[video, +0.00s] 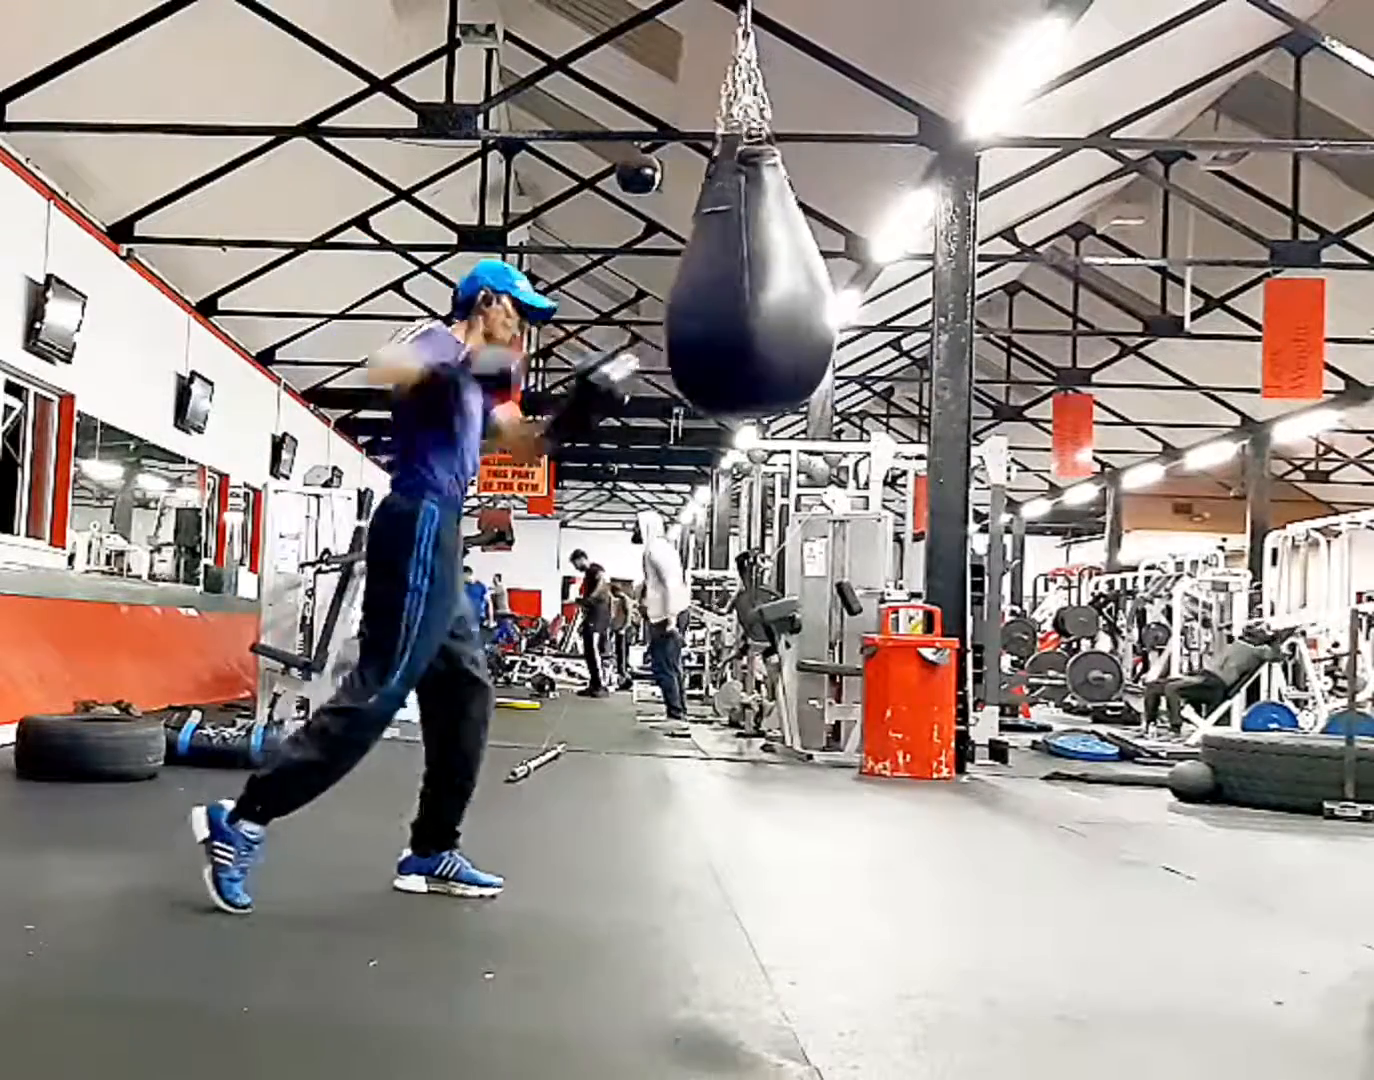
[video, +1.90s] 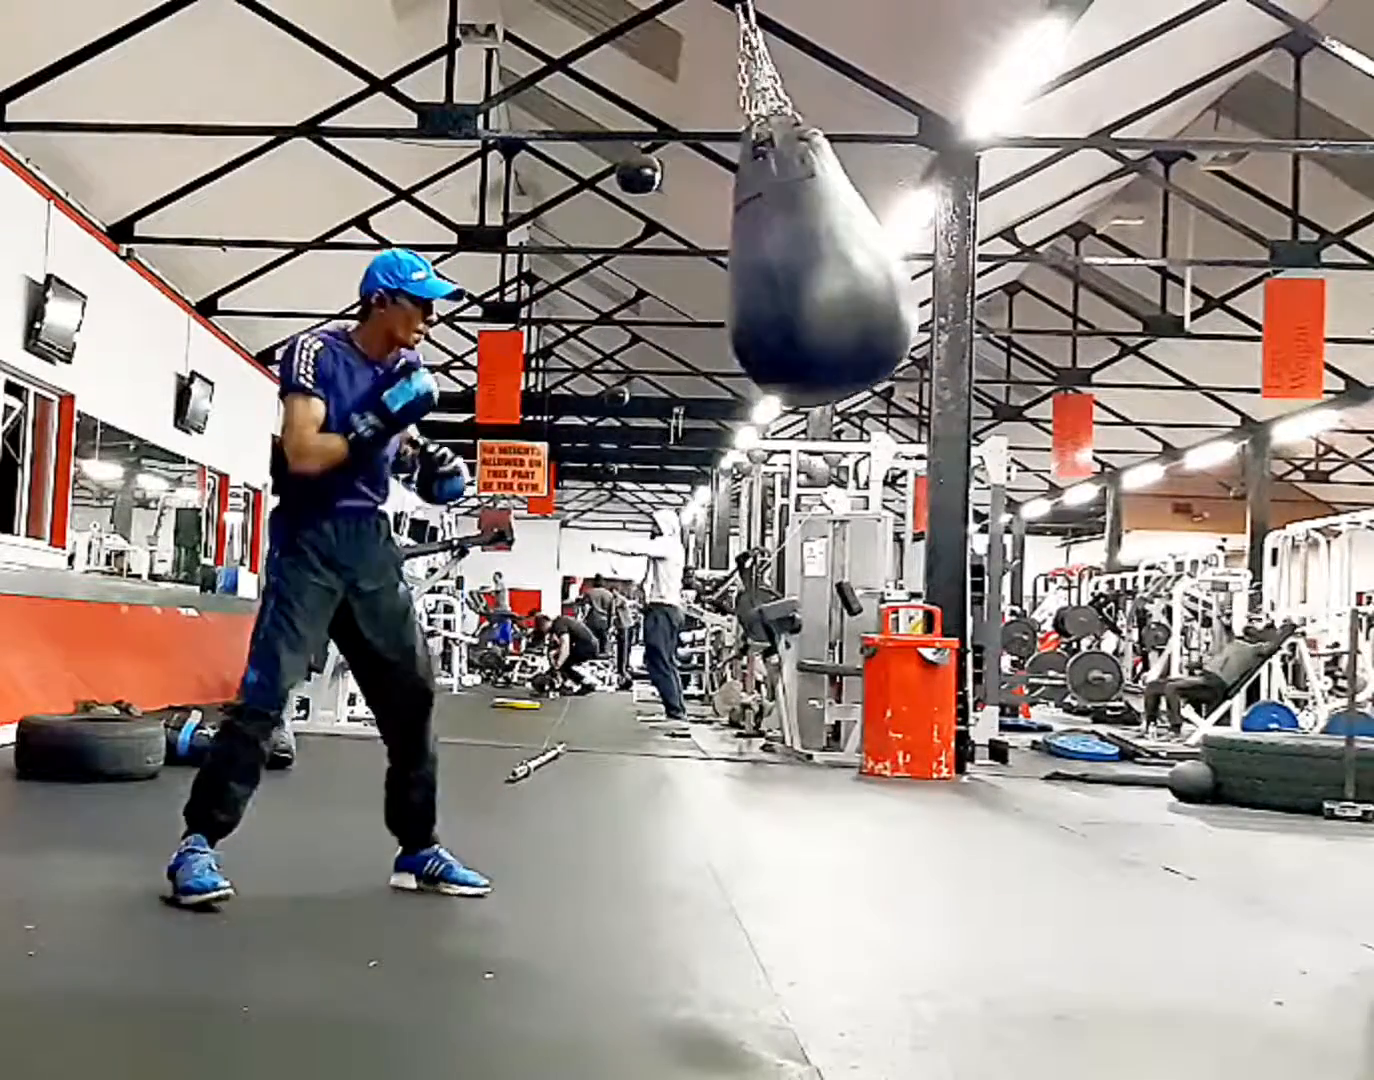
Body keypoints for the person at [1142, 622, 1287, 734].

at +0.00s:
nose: (1255, 634)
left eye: (1258, 633)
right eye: (1257, 632)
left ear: (1258, 639)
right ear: (1255, 636)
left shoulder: (1259, 651)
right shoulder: (1238, 644)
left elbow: (1279, 654)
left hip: (1217, 684)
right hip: (1204, 675)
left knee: (1172, 689)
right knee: (1152, 688)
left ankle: (1175, 730)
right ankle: (1147, 727)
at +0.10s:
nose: (1251, 629)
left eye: (1256, 627)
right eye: (1252, 626)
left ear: (1260, 635)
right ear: (1248, 631)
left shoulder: (1258, 650)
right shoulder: (1236, 644)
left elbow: (1276, 649)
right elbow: (1220, 651)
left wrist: (1272, 633)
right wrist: (1223, 628)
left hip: (1219, 683)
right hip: (1204, 676)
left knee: (1172, 688)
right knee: (1152, 688)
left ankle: (1175, 731)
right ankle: (1147, 727)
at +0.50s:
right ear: (1250, 634)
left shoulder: (1255, 654)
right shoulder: (1236, 644)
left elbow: (1266, 633)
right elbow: (1227, 634)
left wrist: (1269, 610)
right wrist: (1224, 609)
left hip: (1218, 683)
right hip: (1205, 677)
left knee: (1172, 689)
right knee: (1153, 687)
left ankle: (1176, 730)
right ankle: (1147, 727)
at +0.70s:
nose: (1249, 633)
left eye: (1254, 632)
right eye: (1249, 631)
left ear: (1257, 636)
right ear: (1246, 633)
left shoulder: (1257, 650)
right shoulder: (1233, 643)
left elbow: (1271, 643)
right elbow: (1225, 629)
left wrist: (1269, 624)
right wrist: (1221, 613)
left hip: (1218, 683)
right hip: (1203, 677)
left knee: (1172, 688)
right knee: (1152, 687)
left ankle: (1175, 731)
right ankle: (1147, 727)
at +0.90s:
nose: (1265, 635)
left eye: (1264, 633)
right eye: (1262, 633)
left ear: (1252, 636)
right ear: (1254, 635)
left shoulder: (1258, 651)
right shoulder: (1232, 645)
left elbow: (1279, 654)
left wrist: (1271, 640)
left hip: (1217, 681)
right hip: (1203, 672)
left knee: (1172, 688)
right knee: (1152, 688)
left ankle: (1175, 731)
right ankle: (1148, 727)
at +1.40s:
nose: (1252, 629)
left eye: (1258, 628)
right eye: (1252, 627)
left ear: (1260, 636)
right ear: (1248, 631)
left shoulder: (1258, 651)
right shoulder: (1234, 643)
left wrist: (1270, 617)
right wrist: (1226, 618)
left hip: (1218, 684)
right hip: (1203, 677)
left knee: (1172, 688)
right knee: (1152, 687)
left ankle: (1175, 731)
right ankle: (1147, 728)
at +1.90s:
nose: (1251, 630)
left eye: (1256, 630)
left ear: (1258, 636)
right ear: (1248, 633)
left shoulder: (1256, 649)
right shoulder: (1232, 643)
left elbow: (1271, 648)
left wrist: (1282, 634)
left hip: (1218, 683)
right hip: (1202, 677)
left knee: (1172, 688)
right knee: (1152, 688)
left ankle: (1175, 731)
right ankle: (1148, 727)